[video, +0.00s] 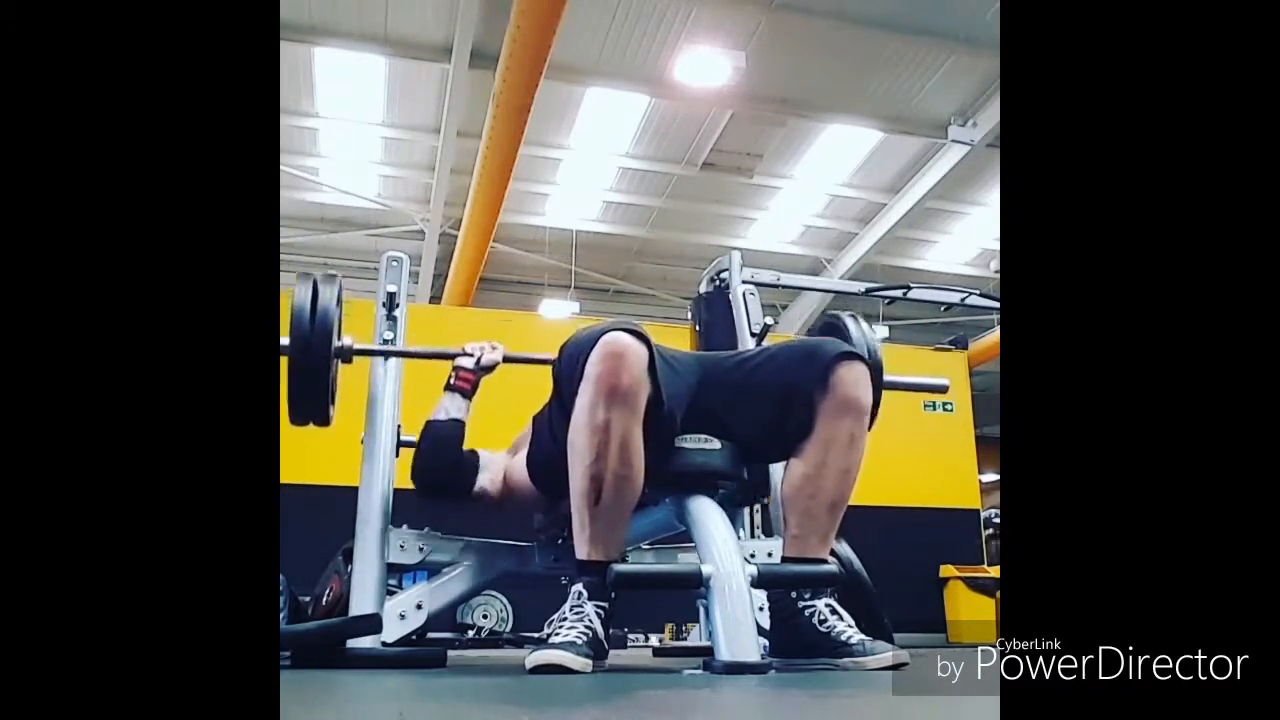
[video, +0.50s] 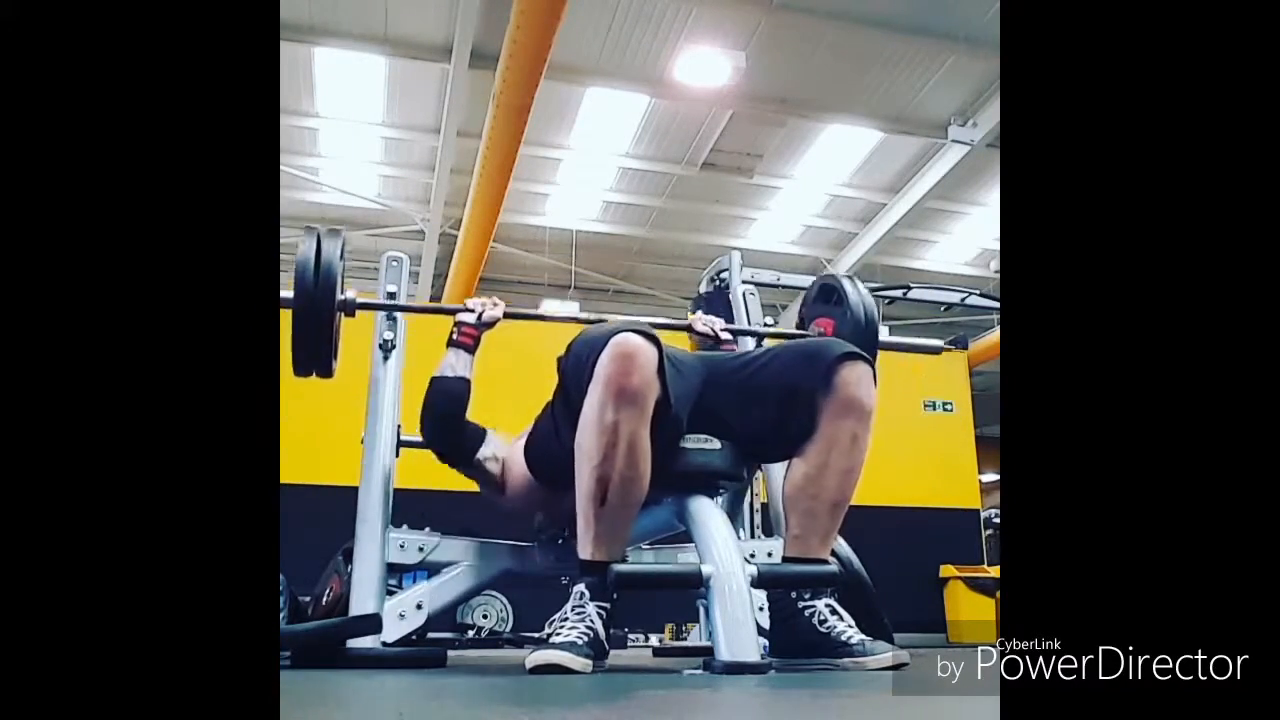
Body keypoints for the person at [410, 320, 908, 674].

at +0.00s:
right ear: (487, 484)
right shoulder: (514, 473)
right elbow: (434, 473)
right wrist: (461, 384)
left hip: (707, 375)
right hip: (633, 359)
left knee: (848, 376)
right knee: (618, 357)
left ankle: (800, 605)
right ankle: (586, 604)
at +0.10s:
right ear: (490, 505)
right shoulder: (519, 483)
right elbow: (448, 500)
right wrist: (466, 406)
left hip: (708, 376)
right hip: (630, 358)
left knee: (850, 375)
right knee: (618, 356)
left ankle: (801, 607)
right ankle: (587, 606)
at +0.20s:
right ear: (499, 509)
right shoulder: (518, 483)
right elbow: (448, 506)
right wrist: (464, 416)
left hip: (704, 375)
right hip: (625, 357)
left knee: (851, 376)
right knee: (623, 358)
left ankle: (801, 607)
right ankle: (588, 607)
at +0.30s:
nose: (489, 486)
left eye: (481, 481)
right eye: (483, 493)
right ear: (493, 513)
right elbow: (446, 486)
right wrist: (462, 402)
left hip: (710, 375)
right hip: (630, 363)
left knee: (849, 374)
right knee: (623, 358)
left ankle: (802, 607)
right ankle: (587, 606)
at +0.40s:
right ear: (499, 477)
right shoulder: (514, 476)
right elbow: (440, 459)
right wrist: (465, 366)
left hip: (709, 372)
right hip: (622, 354)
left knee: (848, 376)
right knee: (622, 359)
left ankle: (801, 607)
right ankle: (588, 604)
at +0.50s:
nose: (503, 485)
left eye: (502, 483)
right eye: (498, 484)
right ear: (501, 475)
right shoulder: (512, 462)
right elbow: (443, 425)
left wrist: (729, 352)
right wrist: (465, 338)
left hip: (704, 386)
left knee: (851, 378)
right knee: (630, 357)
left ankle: (798, 608)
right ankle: (587, 607)